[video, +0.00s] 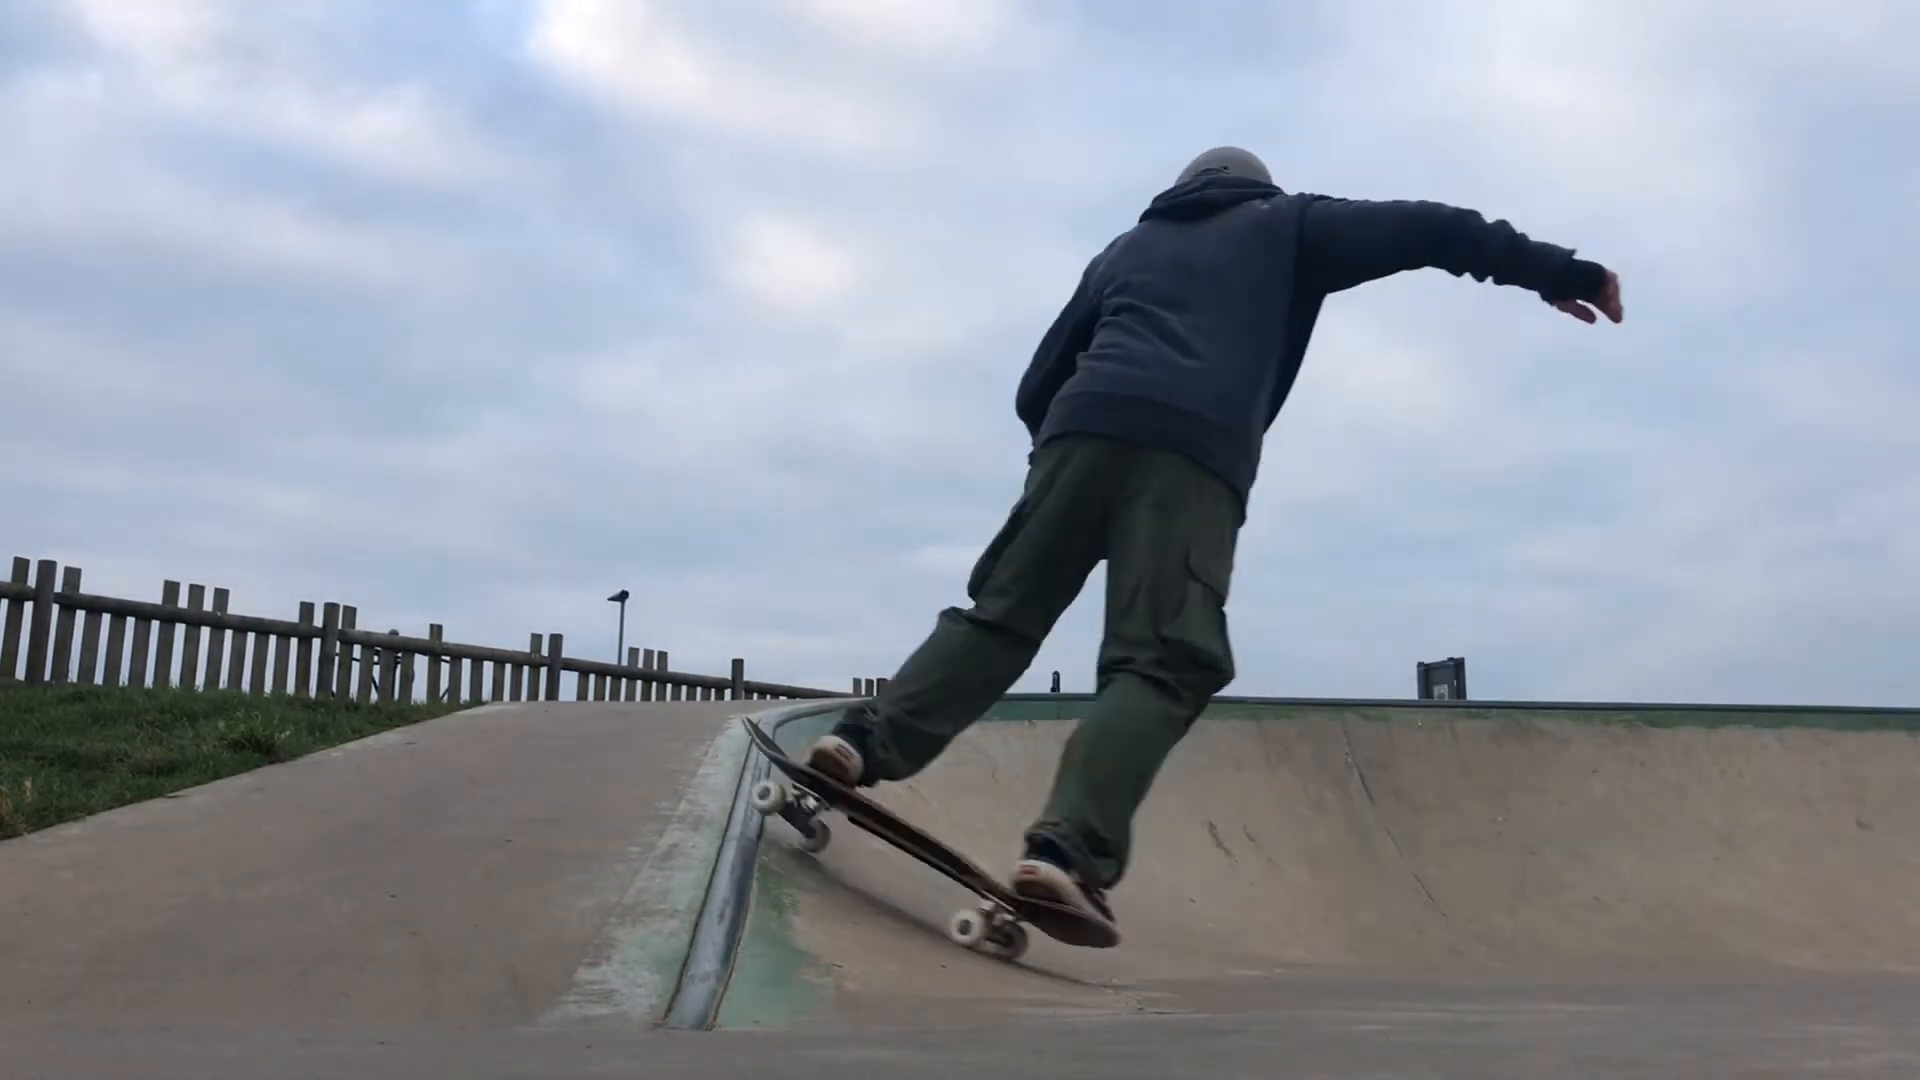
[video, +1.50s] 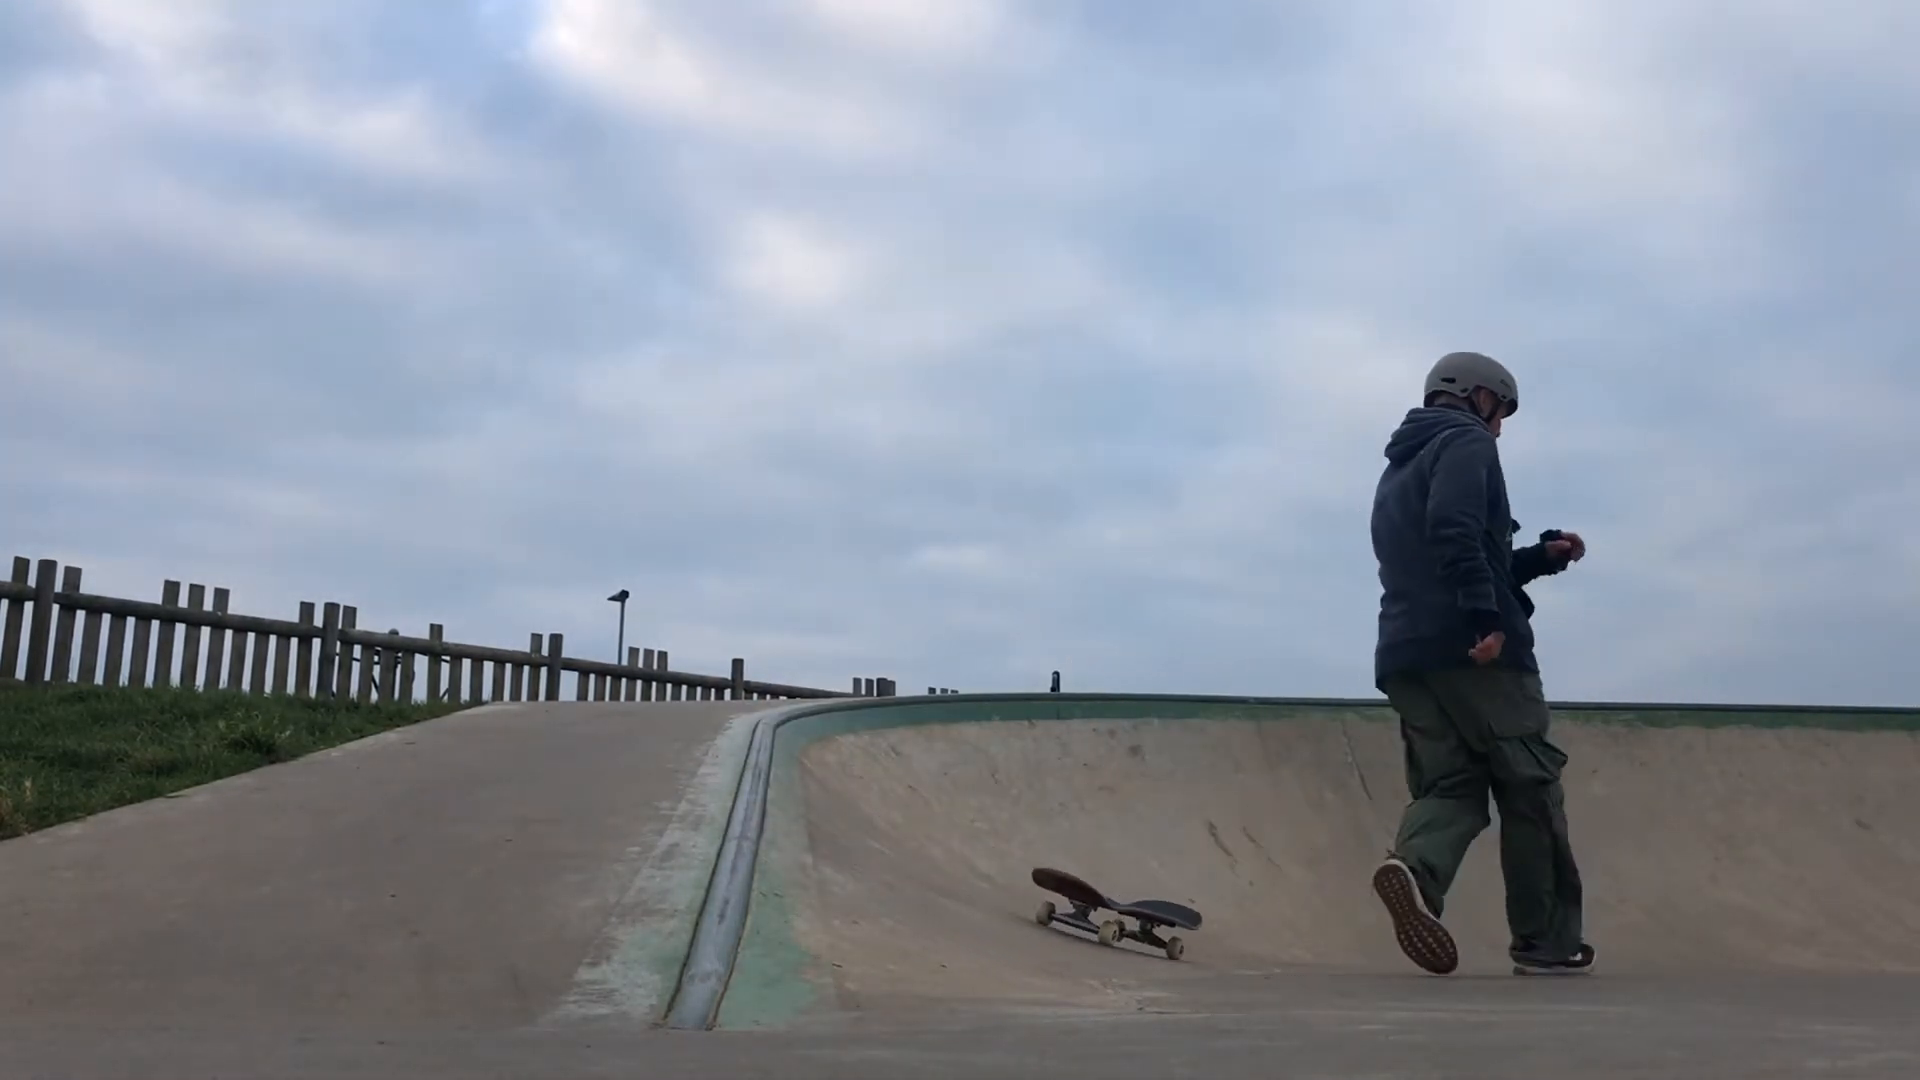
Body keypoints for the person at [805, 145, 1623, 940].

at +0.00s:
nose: (1271, 205)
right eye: (1273, 195)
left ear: (1184, 187)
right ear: (1265, 189)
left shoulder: (1130, 248)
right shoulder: (1289, 222)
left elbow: (1041, 379)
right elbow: (1429, 226)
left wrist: (1078, 437)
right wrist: (1555, 271)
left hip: (1084, 425)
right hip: (1198, 440)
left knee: (1001, 613)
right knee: (1160, 660)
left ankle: (863, 746)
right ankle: (1065, 858)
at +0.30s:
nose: (1133, 267)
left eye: (1134, 258)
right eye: (1131, 257)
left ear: (1070, 220)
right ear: (1115, 238)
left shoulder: (993, 250)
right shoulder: (1100, 256)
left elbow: (929, 320)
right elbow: (1156, 343)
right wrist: (1255, 420)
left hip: (870, 393)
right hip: (941, 409)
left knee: (873, 583)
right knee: (959, 609)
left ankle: (776, 693)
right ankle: (818, 718)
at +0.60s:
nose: (1180, 261)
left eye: (1185, 253)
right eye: (1182, 248)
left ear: (1129, 207)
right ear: (1156, 222)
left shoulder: (1028, 247)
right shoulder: (1117, 241)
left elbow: (936, 313)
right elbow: (1199, 278)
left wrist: (952, 388)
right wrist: (1289, 275)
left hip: (931, 411)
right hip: (977, 423)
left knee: (948, 595)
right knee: (984, 599)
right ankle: (824, 672)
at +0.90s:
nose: (1260, 373)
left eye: (1266, 363)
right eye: (1261, 357)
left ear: (1205, 330)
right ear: (1233, 334)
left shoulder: (1115, 397)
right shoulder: (1198, 368)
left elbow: (1048, 513)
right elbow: (1239, 406)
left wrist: (1055, 604)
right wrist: (1334, 391)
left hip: (1090, 583)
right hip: (1133, 589)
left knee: (1219, 701)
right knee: (1146, 756)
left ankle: (1096, 802)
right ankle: (1043, 894)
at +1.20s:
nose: (1399, 420)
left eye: (1403, 408)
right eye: (1399, 405)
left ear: (1335, 391)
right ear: (1371, 390)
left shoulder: (1285, 463)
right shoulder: (1363, 443)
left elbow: (1270, 573)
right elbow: (1365, 560)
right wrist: (1396, 659)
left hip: (1280, 658)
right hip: (1337, 651)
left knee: (1405, 792)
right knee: (1430, 775)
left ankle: (1392, 941)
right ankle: (1305, 825)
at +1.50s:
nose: (1501, 426)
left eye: (1503, 415)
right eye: (1500, 413)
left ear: (1443, 398)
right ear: (1478, 399)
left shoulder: (1401, 466)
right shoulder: (1466, 443)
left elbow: (1465, 569)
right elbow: (1456, 529)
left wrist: (1541, 557)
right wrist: (1487, 617)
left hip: (1406, 652)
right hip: (1481, 647)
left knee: (1451, 783)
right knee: (1529, 783)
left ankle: (1417, 874)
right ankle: (1545, 941)